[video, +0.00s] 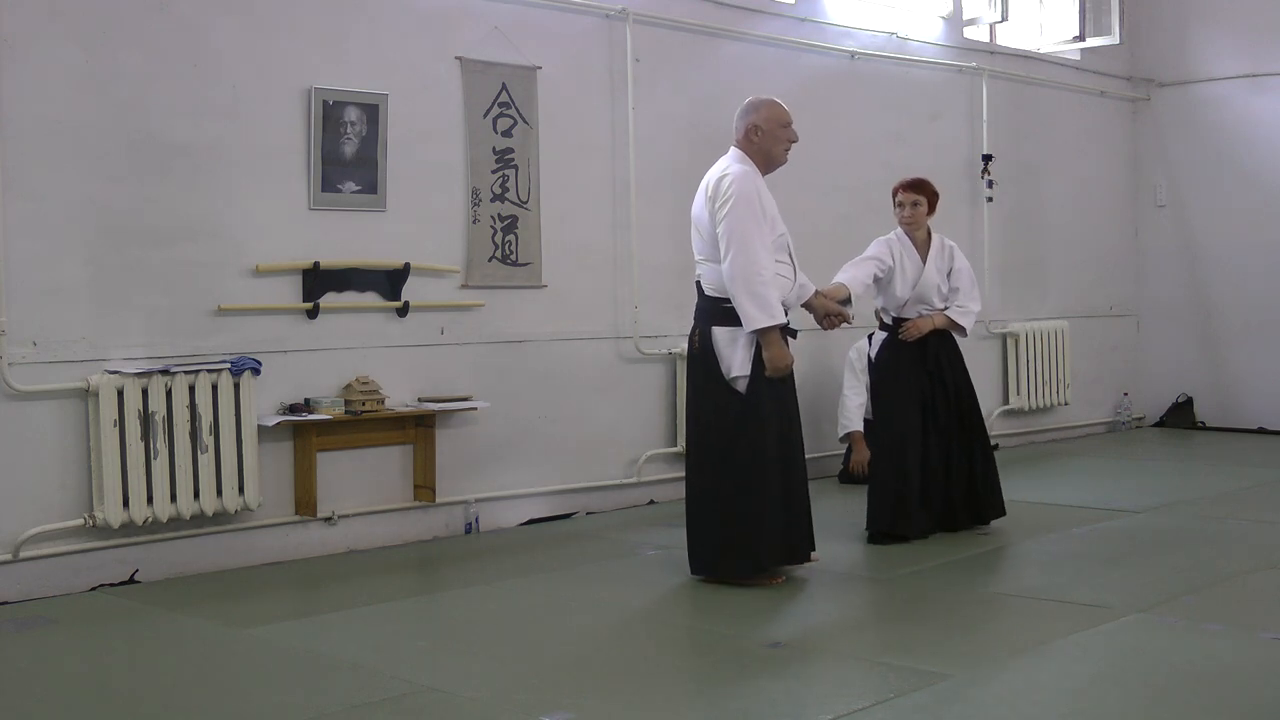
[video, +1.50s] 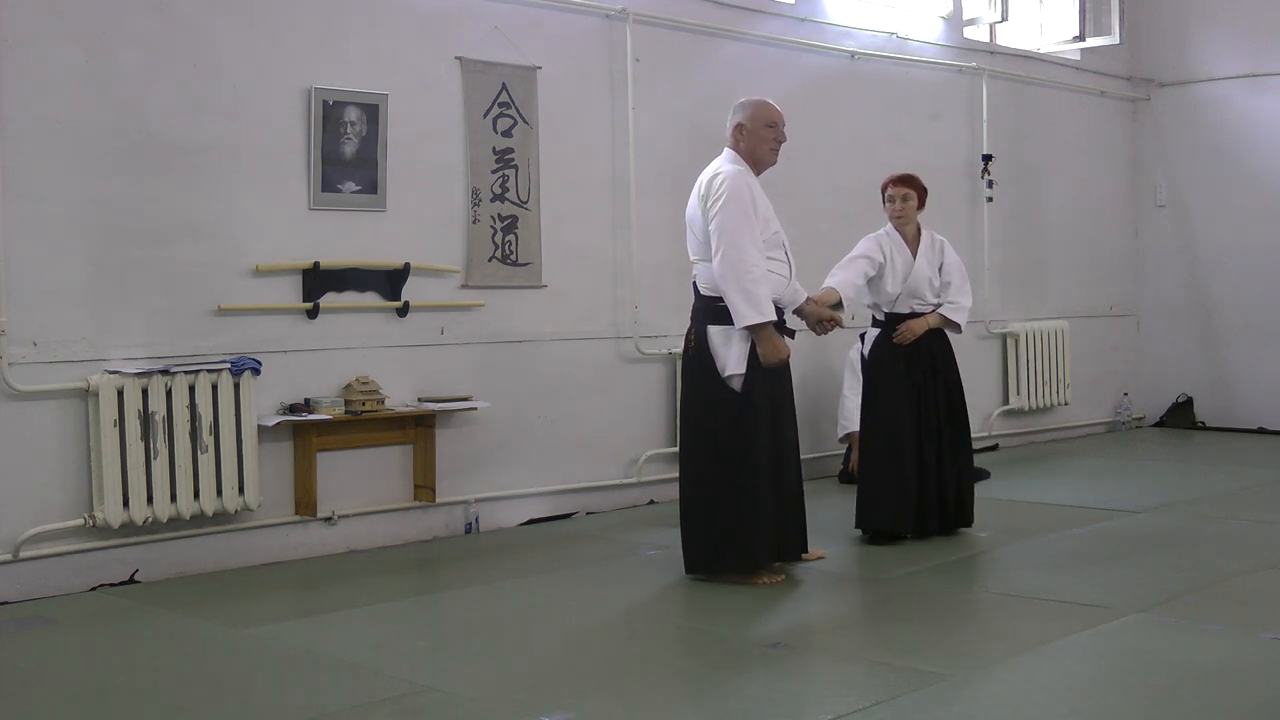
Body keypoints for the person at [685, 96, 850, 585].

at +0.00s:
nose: (794, 137)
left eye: (793, 129)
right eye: (786, 129)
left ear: (753, 133)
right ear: (754, 133)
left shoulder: (743, 179)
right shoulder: (738, 182)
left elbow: (770, 260)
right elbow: (746, 264)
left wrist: (813, 298)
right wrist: (770, 334)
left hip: (745, 327)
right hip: (736, 332)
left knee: (753, 444)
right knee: (742, 447)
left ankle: (755, 555)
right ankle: (736, 561)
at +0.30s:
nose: (786, 137)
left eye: (785, 128)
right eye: (777, 129)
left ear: (745, 133)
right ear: (745, 133)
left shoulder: (738, 180)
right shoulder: (730, 182)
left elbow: (765, 261)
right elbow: (740, 263)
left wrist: (809, 299)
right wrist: (767, 333)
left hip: (749, 329)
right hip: (729, 334)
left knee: (769, 441)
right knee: (733, 449)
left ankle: (781, 539)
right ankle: (733, 560)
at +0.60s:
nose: (786, 136)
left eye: (785, 128)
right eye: (777, 128)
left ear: (745, 133)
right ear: (744, 132)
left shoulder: (745, 183)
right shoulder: (730, 181)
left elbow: (770, 262)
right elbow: (739, 261)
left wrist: (809, 305)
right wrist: (766, 330)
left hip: (755, 328)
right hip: (730, 331)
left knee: (773, 440)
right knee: (735, 448)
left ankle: (783, 539)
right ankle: (733, 559)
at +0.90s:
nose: (786, 136)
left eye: (786, 128)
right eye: (778, 127)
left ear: (749, 132)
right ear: (745, 132)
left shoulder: (746, 181)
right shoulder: (732, 180)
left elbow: (769, 261)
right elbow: (740, 261)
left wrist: (805, 305)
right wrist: (766, 329)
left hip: (758, 323)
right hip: (731, 327)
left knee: (773, 437)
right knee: (733, 445)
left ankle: (779, 539)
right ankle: (730, 559)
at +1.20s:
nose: (784, 135)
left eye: (785, 128)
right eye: (775, 127)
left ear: (750, 134)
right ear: (743, 133)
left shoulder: (746, 181)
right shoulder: (732, 181)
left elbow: (767, 262)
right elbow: (739, 260)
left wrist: (805, 306)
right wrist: (766, 329)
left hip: (756, 324)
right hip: (731, 327)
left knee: (773, 438)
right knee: (733, 445)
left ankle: (780, 540)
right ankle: (730, 558)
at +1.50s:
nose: (782, 137)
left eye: (783, 129)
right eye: (772, 128)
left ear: (746, 134)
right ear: (740, 132)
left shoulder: (743, 181)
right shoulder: (730, 182)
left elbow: (764, 263)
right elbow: (736, 262)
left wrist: (804, 305)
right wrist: (764, 330)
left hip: (755, 327)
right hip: (730, 331)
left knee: (770, 440)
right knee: (734, 447)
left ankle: (778, 542)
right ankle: (731, 559)